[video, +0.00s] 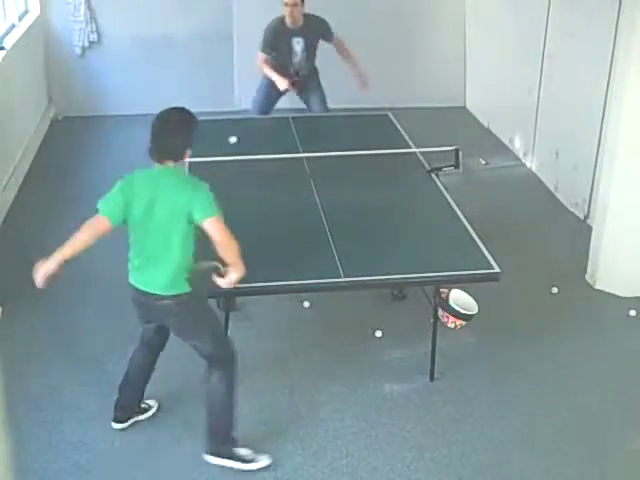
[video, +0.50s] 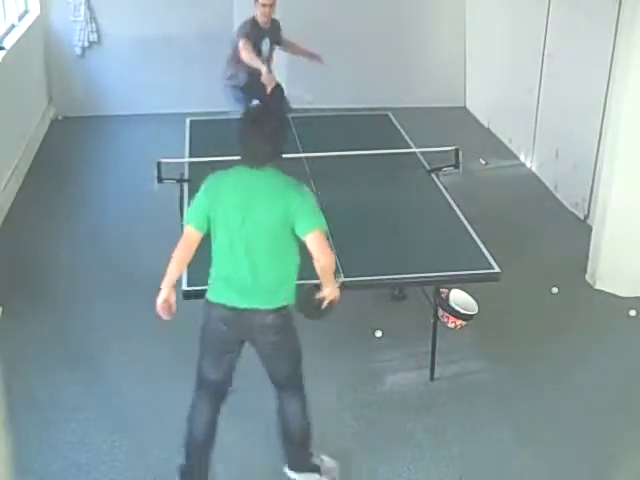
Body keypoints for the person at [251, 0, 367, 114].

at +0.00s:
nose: (290, 11)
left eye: (295, 6)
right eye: (287, 6)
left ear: (303, 7)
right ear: (283, 8)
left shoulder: (317, 24)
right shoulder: (274, 28)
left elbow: (339, 46)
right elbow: (262, 62)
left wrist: (358, 73)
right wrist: (278, 80)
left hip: (307, 77)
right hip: (277, 76)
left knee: (322, 115)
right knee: (257, 113)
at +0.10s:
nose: (287, 12)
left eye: (292, 7)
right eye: (283, 7)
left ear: (300, 8)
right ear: (280, 8)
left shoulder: (316, 25)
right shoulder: (272, 29)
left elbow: (338, 42)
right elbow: (260, 64)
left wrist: (357, 64)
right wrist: (280, 82)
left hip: (307, 77)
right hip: (276, 77)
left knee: (322, 116)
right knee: (257, 113)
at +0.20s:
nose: (281, 14)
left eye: (285, 9)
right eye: (277, 9)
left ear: (294, 8)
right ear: (273, 9)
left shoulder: (309, 25)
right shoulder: (266, 30)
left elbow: (333, 43)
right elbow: (251, 66)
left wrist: (354, 66)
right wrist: (271, 85)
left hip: (302, 79)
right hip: (271, 79)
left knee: (319, 116)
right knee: (257, 118)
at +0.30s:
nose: (275, 17)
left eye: (280, 12)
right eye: (272, 12)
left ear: (287, 11)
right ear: (267, 10)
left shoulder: (299, 26)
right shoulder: (258, 32)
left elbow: (322, 43)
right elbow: (235, 69)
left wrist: (344, 66)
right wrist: (261, 88)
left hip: (292, 83)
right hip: (262, 83)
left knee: (311, 118)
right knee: (253, 123)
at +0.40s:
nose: (272, 16)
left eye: (276, 11)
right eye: (268, 11)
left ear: (281, 11)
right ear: (261, 10)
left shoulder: (287, 28)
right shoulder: (251, 32)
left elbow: (303, 45)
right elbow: (232, 63)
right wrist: (257, 79)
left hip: (276, 79)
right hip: (251, 81)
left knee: (298, 116)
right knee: (250, 122)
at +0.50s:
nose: (267, 10)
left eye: (271, 6)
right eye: (263, 6)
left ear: (274, 8)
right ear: (256, 6)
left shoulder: (274, 26)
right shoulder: (247, 27)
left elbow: (283, 44)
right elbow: (245, 53)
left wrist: (307, 55)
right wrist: (264, 68)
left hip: (260, 81)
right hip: (235, 82)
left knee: (281, 109)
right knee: (243, 112)